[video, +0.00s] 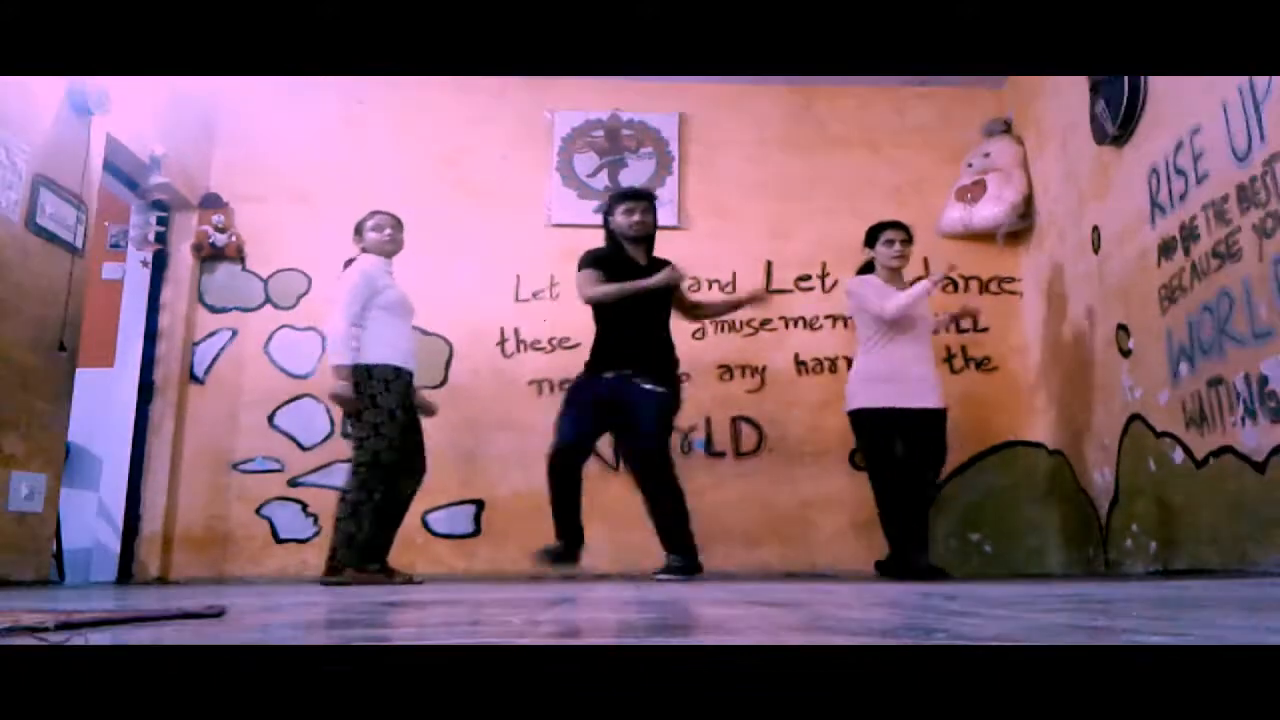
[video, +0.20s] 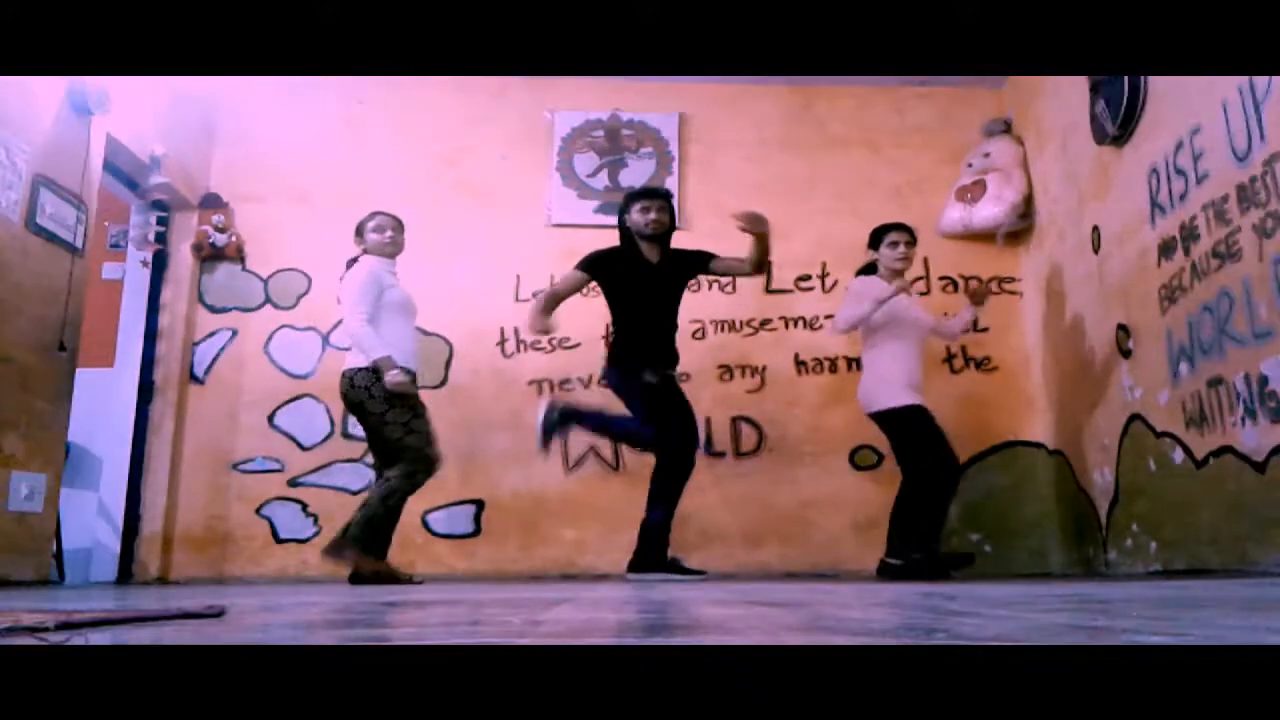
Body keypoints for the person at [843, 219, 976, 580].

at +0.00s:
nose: (898, 249)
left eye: (903, 244)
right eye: (889, 244)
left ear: (911, 251)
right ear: (871, 251)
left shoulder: (913, 291)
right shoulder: (860, 285)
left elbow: (915, 330)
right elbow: (890, 308)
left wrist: (947, 321)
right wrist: (930, 282)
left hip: (921, 394)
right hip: (876, 396)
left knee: (923, 478)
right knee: (891, 479)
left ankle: (917, 557)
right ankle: (902, 557)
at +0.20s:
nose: (902, 251)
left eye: (907, 246)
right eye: (893, 245)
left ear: (913, 254)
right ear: (875, 253)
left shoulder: (906, 300)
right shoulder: (866, 285)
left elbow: (948, 329)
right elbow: (842, 324)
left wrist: (973, 307)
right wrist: (889, 292)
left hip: (904, 394)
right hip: (887, 394)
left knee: (920, 473)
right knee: (943, 468)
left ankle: (900, 555)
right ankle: (917, 554)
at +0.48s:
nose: (898, 255)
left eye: (904, 249)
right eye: (890, 249)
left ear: (910, 257)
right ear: (872, 256)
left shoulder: (894, 299)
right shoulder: (865, 288)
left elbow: (941, 337)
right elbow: (834, 334)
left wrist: (948, 302)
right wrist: (877, 332)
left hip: (896, 399)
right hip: (897, 398)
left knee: (917, 479)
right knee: (987, 440)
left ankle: (898, 557)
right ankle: (935, 493)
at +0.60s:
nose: (895, 255)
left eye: (901, 250)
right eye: (887, 248)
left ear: (906, 257)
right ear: (870, 254)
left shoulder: (890, 299)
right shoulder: (861, 287)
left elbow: (939, 334)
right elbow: (834, 334)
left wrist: (950, 300)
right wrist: (879, 338)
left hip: (892, 397)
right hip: (890, 396)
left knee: (905, 482)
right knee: (969, 457)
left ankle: (896, 560)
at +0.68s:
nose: (894, 256)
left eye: (900, 251)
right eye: (885, 249)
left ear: (905, 258)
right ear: (868, 255)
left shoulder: (890, 301)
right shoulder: (859, 289)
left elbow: (938, 333)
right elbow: (832, 335)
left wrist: (949, 300)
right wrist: (876, 339)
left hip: (888, 398)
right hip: (890, 396)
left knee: (910, 477)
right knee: (984, 440)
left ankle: (896, 559)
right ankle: (977, 527)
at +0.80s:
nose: (891, 254)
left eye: (897, 249)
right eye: (882, 248)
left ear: (903, 256)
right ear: (865, 255)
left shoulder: (893, 307)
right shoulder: (855, 288)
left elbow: (942, 331)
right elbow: (813, 331)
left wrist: (949, 297)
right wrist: (832, 348)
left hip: (888, 398)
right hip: (888, 395)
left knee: (906, 480)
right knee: (984, 428)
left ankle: (896, 559)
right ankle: (952, 495)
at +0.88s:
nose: (889, 253)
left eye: (895, 247)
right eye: (880, 247)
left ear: (901, 255)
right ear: (864, 253)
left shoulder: (895, 306)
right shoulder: (852, 286)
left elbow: (943, 333)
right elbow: (814, 321)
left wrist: (952, 298)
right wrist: (803, 354)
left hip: (882, 396)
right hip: (883, 392)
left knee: (902, 476)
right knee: (961, 443)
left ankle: (895, 559)